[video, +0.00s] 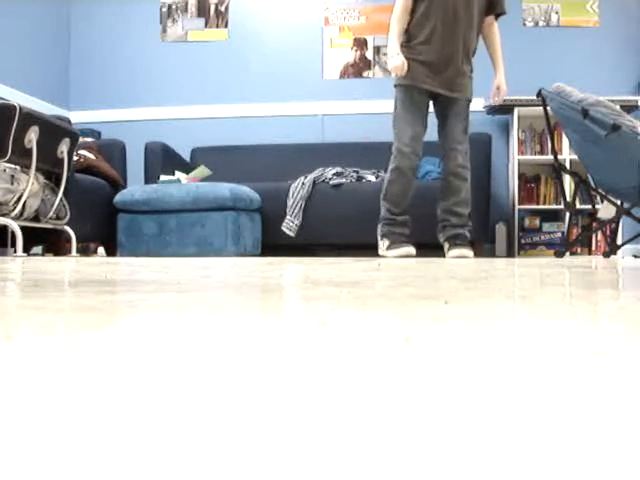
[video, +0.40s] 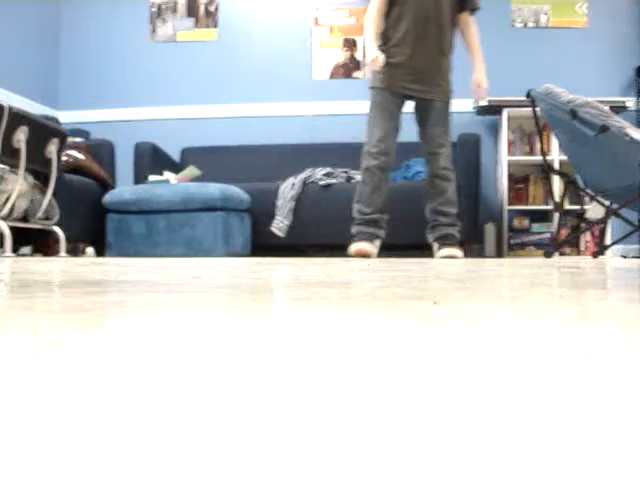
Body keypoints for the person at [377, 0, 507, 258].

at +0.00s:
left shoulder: (483, 3)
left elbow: (489, 22)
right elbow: (403, 6)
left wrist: (499, 73)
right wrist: (394, 50)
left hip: (458, 71)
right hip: (414, 65)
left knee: (457, 159)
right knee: (407, 153)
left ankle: (456, 237)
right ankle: (392, 235)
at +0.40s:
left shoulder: (457, 2)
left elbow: (466, 20)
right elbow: (375, 11)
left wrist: (479, 69)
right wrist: (372, 49)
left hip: (435, 74)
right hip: (390, 70)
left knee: (440, 159)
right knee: (377, 154)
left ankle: (445, 239)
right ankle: (365, 236)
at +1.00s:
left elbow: (399, 4)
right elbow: (305, 24)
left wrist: (415, 35)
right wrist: (282, 64)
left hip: (373, 60)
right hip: (328, 64)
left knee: (372, 143)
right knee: (331, 154)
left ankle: (385, 235)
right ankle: (337, 236)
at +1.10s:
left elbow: (397, 2)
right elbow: (300, 21)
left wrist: (410, 27)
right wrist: (268, 63)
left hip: (372, 57)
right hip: (327, 61)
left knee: (377, 128)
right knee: (331, 154)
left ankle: (400, 223)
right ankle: (337, 236)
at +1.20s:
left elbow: (396, 6)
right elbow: (300, 17)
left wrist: (394, 27)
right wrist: (273, 53)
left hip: (376, 57)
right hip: (329, 63)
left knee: (389, 131)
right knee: (332, 154)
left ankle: (413, 228)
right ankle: (337, 236)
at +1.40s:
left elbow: (411, 1)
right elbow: (307, 8)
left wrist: (376, 27)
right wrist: (326, 30)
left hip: (386, 58)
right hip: (337, 60)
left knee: (400, 150)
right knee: (337, 154)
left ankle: (412, 235)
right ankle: (338, 237)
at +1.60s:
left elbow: (426, 1)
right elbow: (325, 6)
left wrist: (394, 23)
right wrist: (359, 23)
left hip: (398, 56)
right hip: (350, 57)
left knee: (405, 151)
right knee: (344, 152)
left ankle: (412, 237)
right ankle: (338, 237)